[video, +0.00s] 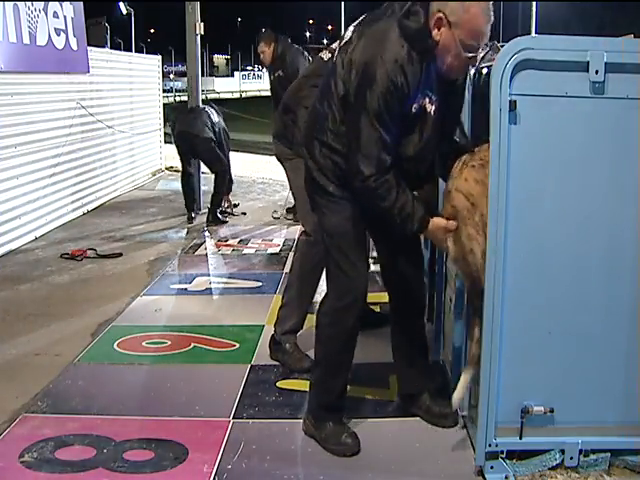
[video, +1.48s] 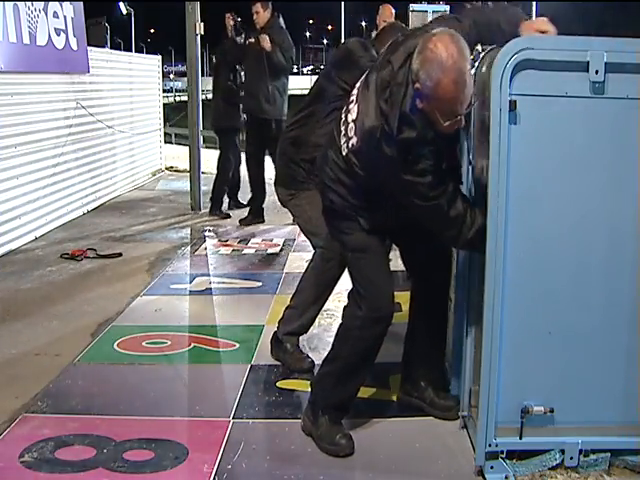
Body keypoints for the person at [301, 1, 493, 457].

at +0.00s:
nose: (471, 60)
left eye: (477, 50)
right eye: (468, 48)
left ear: (446, 28)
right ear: (438, 27)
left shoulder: (448, 58)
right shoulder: (386, 60)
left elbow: (440, 140)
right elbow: (370, 171)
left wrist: (471, 184)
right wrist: (422, 223)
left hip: (392, 167)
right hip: (335, 162)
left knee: (408, 281)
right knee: (348, 287)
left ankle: (417, 390)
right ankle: (323, 413)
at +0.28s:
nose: (465, 71)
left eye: (469, 62)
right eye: (463, 61)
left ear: (434, 46)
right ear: (432, 47)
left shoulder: (421, 57)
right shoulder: (386, 92)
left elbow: (435, 121)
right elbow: (382, 200)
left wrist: (461, 158)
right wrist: (448, 227)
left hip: (379, 173)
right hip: (327, 175)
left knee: (415, 276)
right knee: (360, 298)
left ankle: (414, 387)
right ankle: (323, 413)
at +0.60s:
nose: (461, 46)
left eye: (462, 37)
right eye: (457, 38)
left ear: (424, 36)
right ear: (426, 41)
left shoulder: (399, 29)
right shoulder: (387, 94)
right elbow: (404, 203)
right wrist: (472, 221)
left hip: (392, 179)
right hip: (346, 190)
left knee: (429, 274)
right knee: (371, 306)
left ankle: (420, 380)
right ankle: (324, 413)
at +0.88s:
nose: (460, 72)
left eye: (463, 60)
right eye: (452, 64)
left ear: (425, 52)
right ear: (419, 58)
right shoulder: (395, 107)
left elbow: (495, 25)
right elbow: (427, 213)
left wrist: (568, 29)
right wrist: (504, 225)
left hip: (401, 187)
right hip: (352, 191)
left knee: (435, 273)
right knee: (378, 303)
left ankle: (421, 381)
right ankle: (324, 411)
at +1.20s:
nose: (464, 101)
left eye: (469, 88)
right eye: (453, 91)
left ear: (475, 55)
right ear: (425, 71)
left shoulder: (458, 34)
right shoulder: (403, 117)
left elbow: (510, 23)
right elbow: (440, 210)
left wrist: (578, 28)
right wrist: (505, 238)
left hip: (411, 187)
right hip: (359, 186)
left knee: (439, 273)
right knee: (374, 300)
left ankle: (420, 382)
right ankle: (322, 409)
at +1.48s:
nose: (455, 120)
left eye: (462, 109)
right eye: (446, 113)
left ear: (467, 75)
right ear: (419, 95)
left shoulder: (443, 43)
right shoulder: (396, 134)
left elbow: (473, 19)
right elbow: (453, 221)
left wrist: (520, 26)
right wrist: (514, 235)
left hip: (410, 188)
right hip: (353, 192)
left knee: (433, 273)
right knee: (375, 303)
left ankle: (421, 380)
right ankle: (322, 410)